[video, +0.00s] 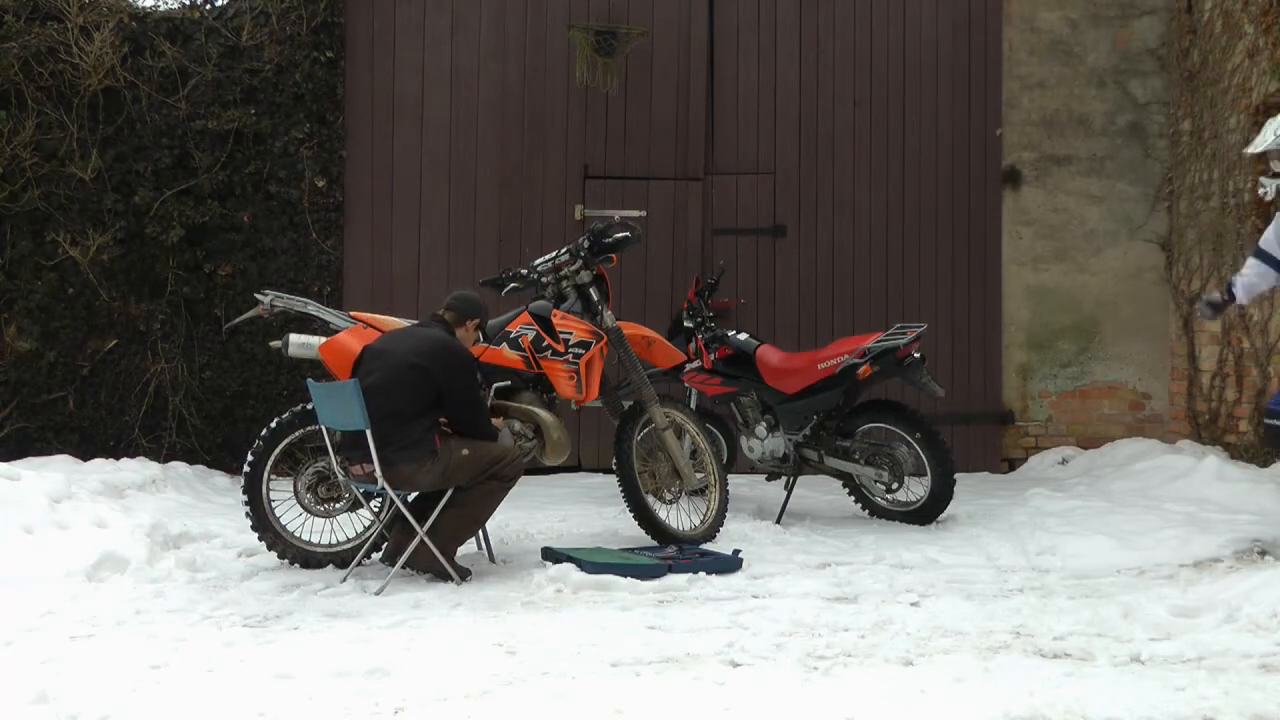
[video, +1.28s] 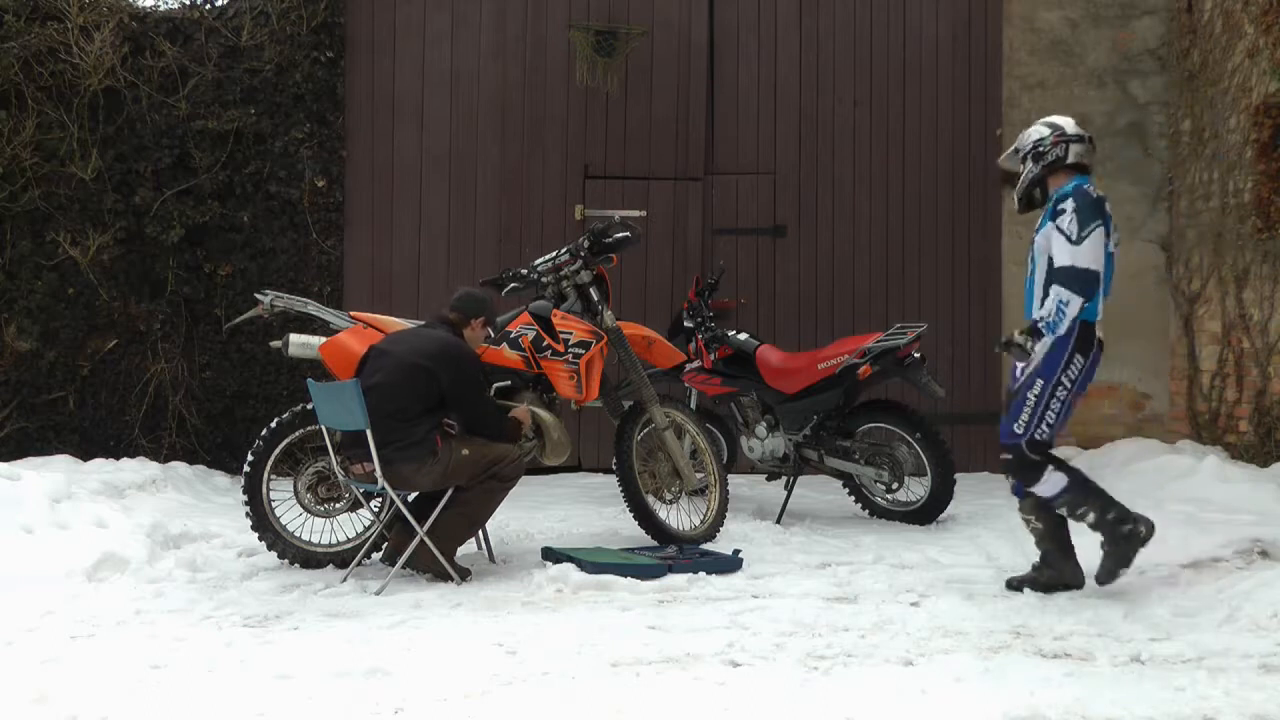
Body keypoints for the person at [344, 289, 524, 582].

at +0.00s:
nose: (474, 341)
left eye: (477, 334)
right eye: (477, 333)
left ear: (442, 315)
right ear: (469, 324)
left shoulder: (392, 337)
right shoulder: (453, 354)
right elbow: (478, 431)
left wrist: (437, 422)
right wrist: (493, 427)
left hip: (356, 457)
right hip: (400, 463)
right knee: (508, 461)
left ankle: (402, 543)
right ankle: (434, 551)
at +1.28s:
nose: (487, 336)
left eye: (489, 328)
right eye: (487, 327)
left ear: (449, 315)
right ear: (475, 323)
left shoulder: (400, 337)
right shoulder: (458, 355)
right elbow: (480, 422)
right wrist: (515, 420)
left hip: (358, 455)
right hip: (402, 461)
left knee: (463, 453)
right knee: (508, 462)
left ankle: (402, 543)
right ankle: (435, 551)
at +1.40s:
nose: (490, 342)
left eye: (491, 334)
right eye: (490, 333)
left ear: (453, 317)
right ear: (477, 326)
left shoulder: (402, 337)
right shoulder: (459, 355)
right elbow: (481, 422)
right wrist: (515, 419)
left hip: (358, 455)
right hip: (401, 461)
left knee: (465, 452)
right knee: (508, 462)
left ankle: (402, 543)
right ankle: (435, 550)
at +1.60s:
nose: (491, 346)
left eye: (494, 339)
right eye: (493, 338)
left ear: (458, 317)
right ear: (483, 329)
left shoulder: (403, 337)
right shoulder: (462, 357)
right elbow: (489, 427)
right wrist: (513, 414)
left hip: (358, 454)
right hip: (401, 461)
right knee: (509, 463)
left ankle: (402, 543)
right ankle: (435, 551)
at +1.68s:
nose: (492, 345)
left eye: (494, 339)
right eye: (493, 338)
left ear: (459, 317)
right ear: (483, 329)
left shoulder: (405, 337)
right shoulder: (462, 357)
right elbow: (490, 427)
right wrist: (513, 414)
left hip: (358, 454)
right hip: (401, 461)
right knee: (509, 463)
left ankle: (402, 543)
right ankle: (435, 551)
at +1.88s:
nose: (492, 345)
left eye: (495, 339)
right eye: (494, 337)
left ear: (459, 317)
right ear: (484, 329)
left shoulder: (406, 337)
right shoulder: (462, 357)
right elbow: (495, 431)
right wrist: (514, 420)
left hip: (358, 454)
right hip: (401, 461)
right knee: (508, 464)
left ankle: (402, 543)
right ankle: (435, 551)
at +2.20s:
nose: (492, 345)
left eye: (495, 338)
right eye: (493, 337)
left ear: (459, 317)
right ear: (483, 329)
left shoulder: (404, 337)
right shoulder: (461, 357)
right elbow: (485, 422)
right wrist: (516, 423)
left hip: (357, 456)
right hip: (400, 461)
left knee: (464, 453)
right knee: (508, 464)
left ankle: (402, 543)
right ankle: (435, 550)